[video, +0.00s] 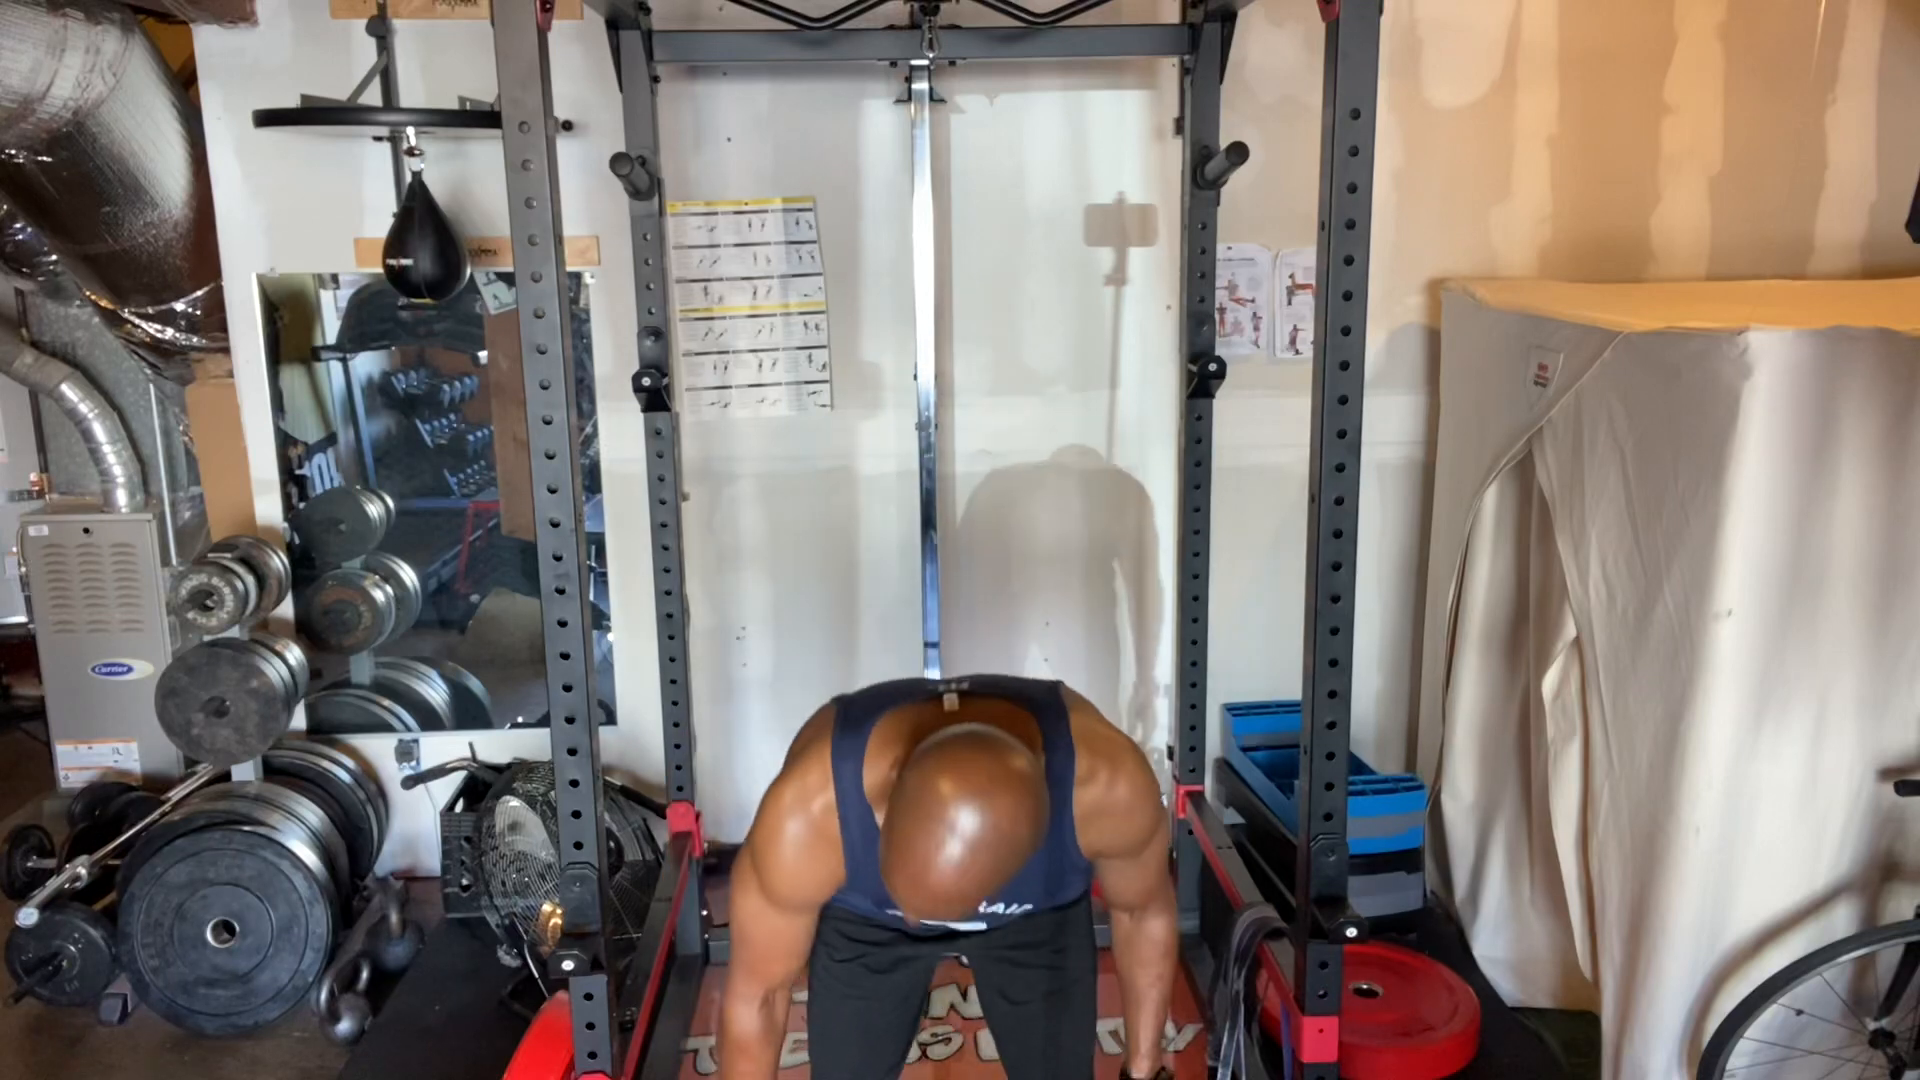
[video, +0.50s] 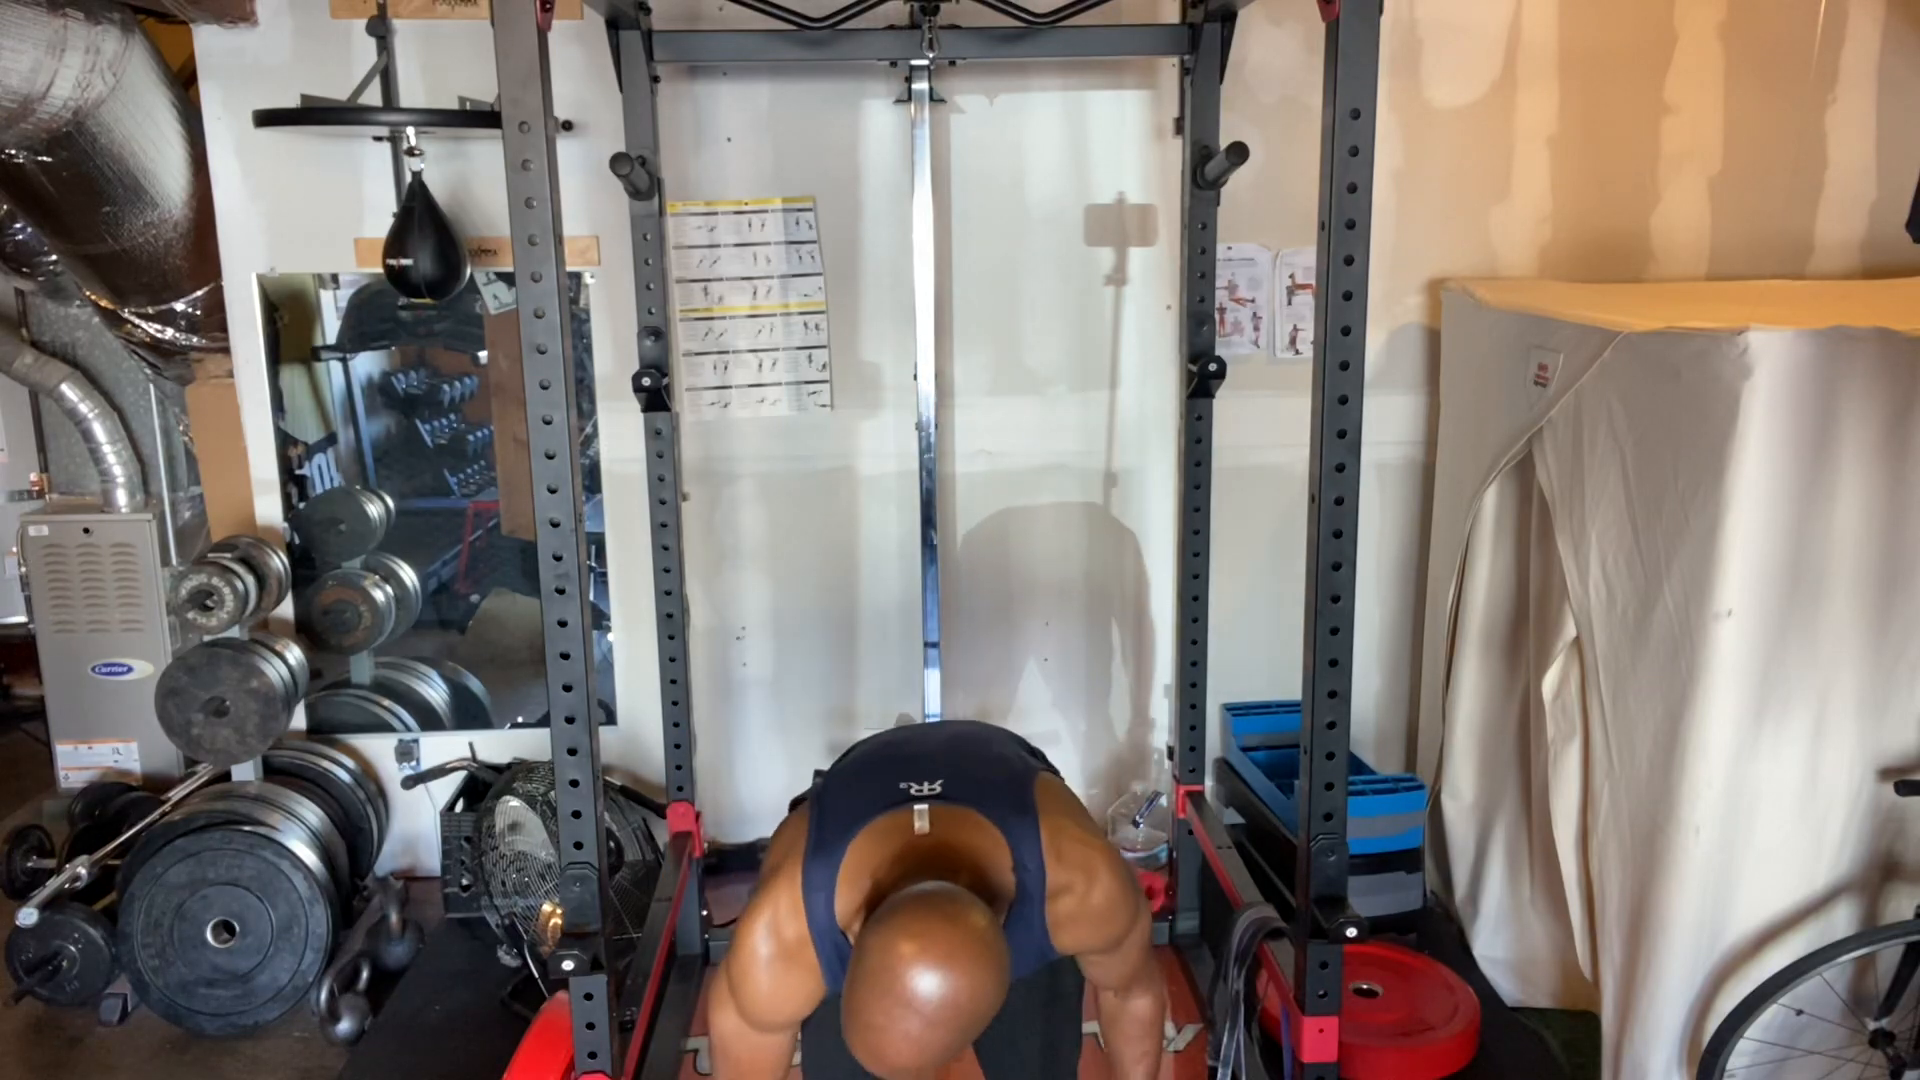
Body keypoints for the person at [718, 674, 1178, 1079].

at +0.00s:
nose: (927, 928)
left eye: (957, 916)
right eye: (905, 909)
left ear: (1040, 838)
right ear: (887, 818)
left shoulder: (1112, 790)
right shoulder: (804, 818)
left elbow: (1143, 915)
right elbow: (757, 997)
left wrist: (1143, 1062)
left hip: (1038, 910)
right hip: (867, 915)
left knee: (1057, 1068)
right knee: (847, 1069)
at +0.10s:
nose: (938, 973)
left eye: (960, 958)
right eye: (910, 954)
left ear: (1032, 882)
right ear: (881, 859)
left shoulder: (1111, 816)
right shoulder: (801, 860)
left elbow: (1143, 926)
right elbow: (751, 1034)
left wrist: (1145, 1067)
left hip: (1040, 899)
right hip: (861, 909)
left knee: (1059, 1065)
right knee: (847, 1068)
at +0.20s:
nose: (923, 1010)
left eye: (946, 1001)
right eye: (903, 993)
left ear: (1041, 902)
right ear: (879, 895)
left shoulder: (1107, 839)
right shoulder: (794, 900)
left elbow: (1142, 940)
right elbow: (745, 1063)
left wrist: (1143, 1071)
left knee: (1060, 1062)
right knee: (847, 1064)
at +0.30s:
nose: (926, 1048)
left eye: (947, 1034)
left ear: (1027, 932)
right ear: (869, 912)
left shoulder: (1100, 862)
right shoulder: (788, 925)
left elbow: (1136, 952)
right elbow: (750, 1070)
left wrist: (1139, 1071)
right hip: (848, 781)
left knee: (1061, 1061)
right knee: (843, 1062)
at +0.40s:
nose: (903, 1068)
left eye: (933, 1057)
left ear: (1008, 946)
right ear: (860, 933)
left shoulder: (1093, 881)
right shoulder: (778, 945)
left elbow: (1133, 976)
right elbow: (750, 1074)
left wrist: (1137, 1076)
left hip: (1014, 769)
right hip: (846, 782)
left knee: (1057, 1063)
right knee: (839, 1062)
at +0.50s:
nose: (895, 1074)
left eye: (924, 1070)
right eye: (878, 1064)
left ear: (1006, 946)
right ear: (852, 958)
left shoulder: (1090, 895)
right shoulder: (772, 958)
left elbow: (1132, 994)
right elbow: (744, 1067)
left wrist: (1134, 1076)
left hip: (1015, 771)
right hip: (848, 781)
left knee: (1035, 1059)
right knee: (837, 1059)